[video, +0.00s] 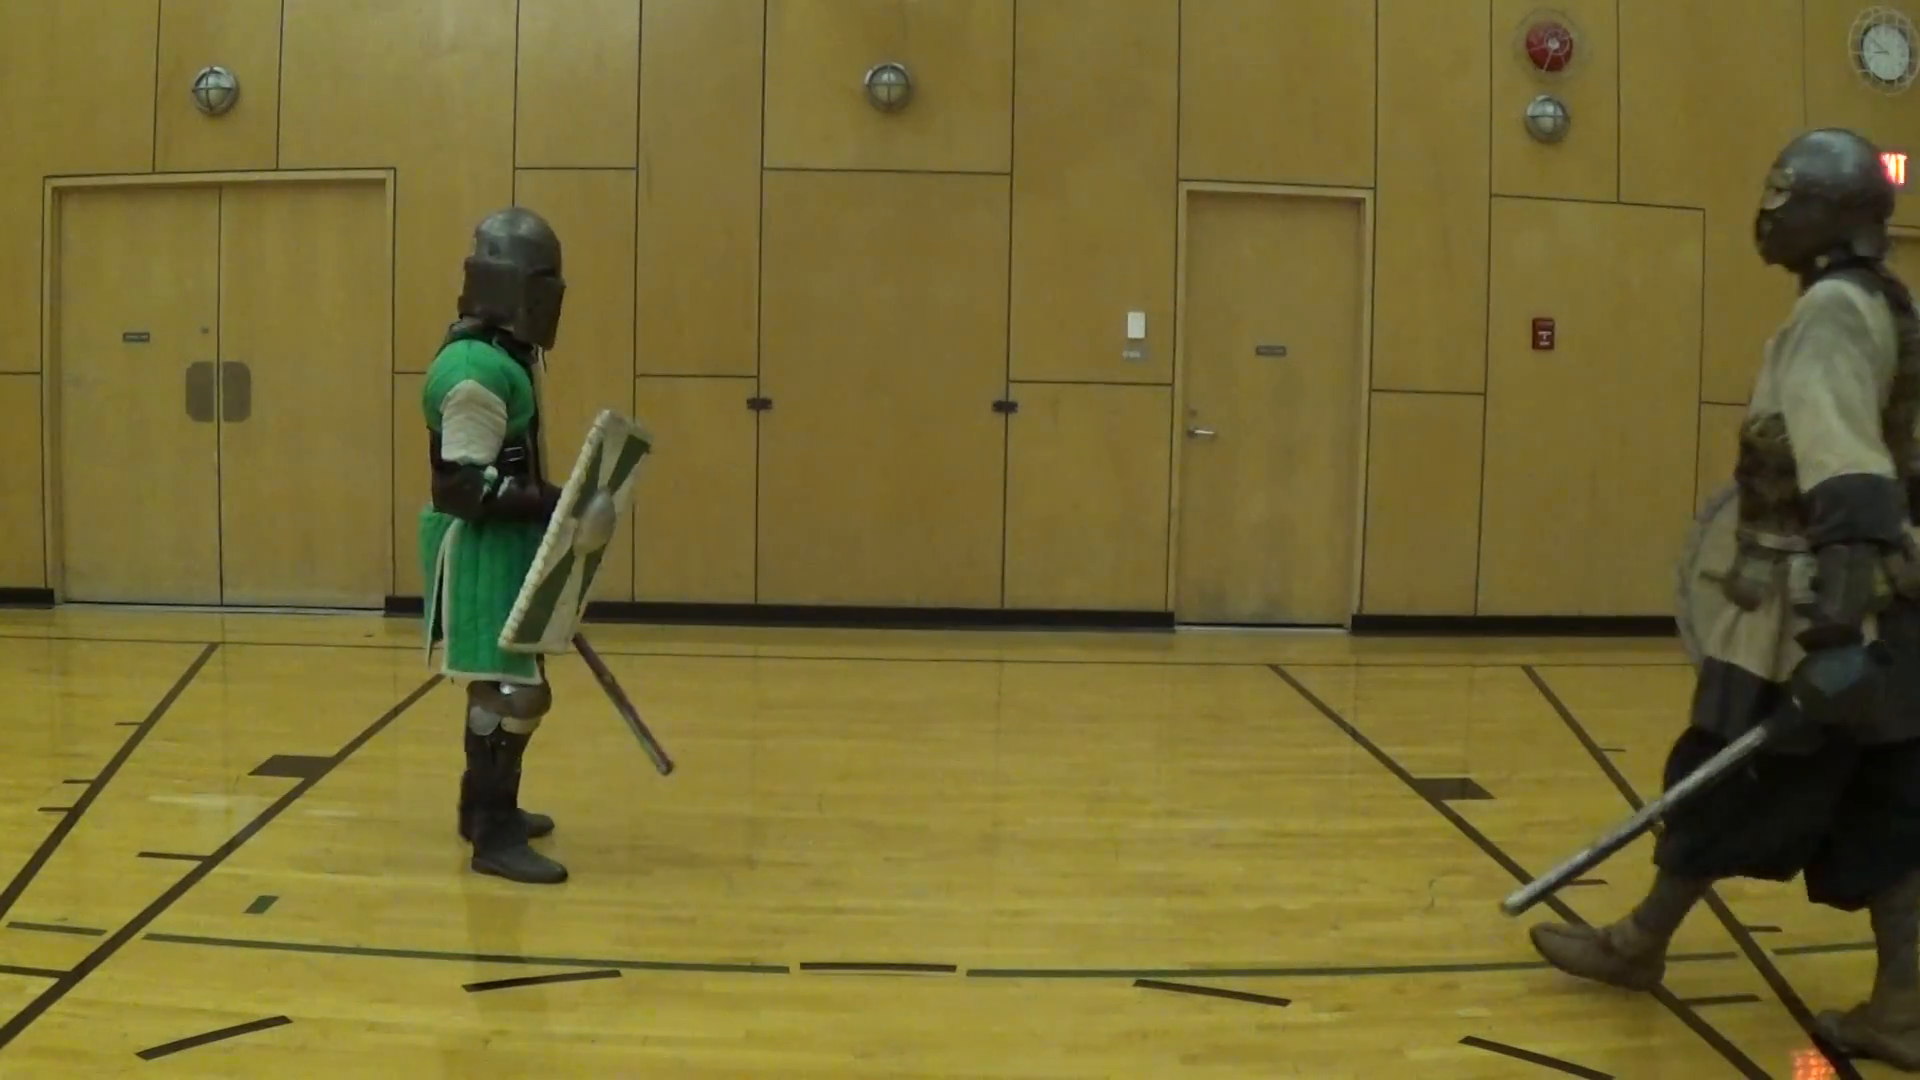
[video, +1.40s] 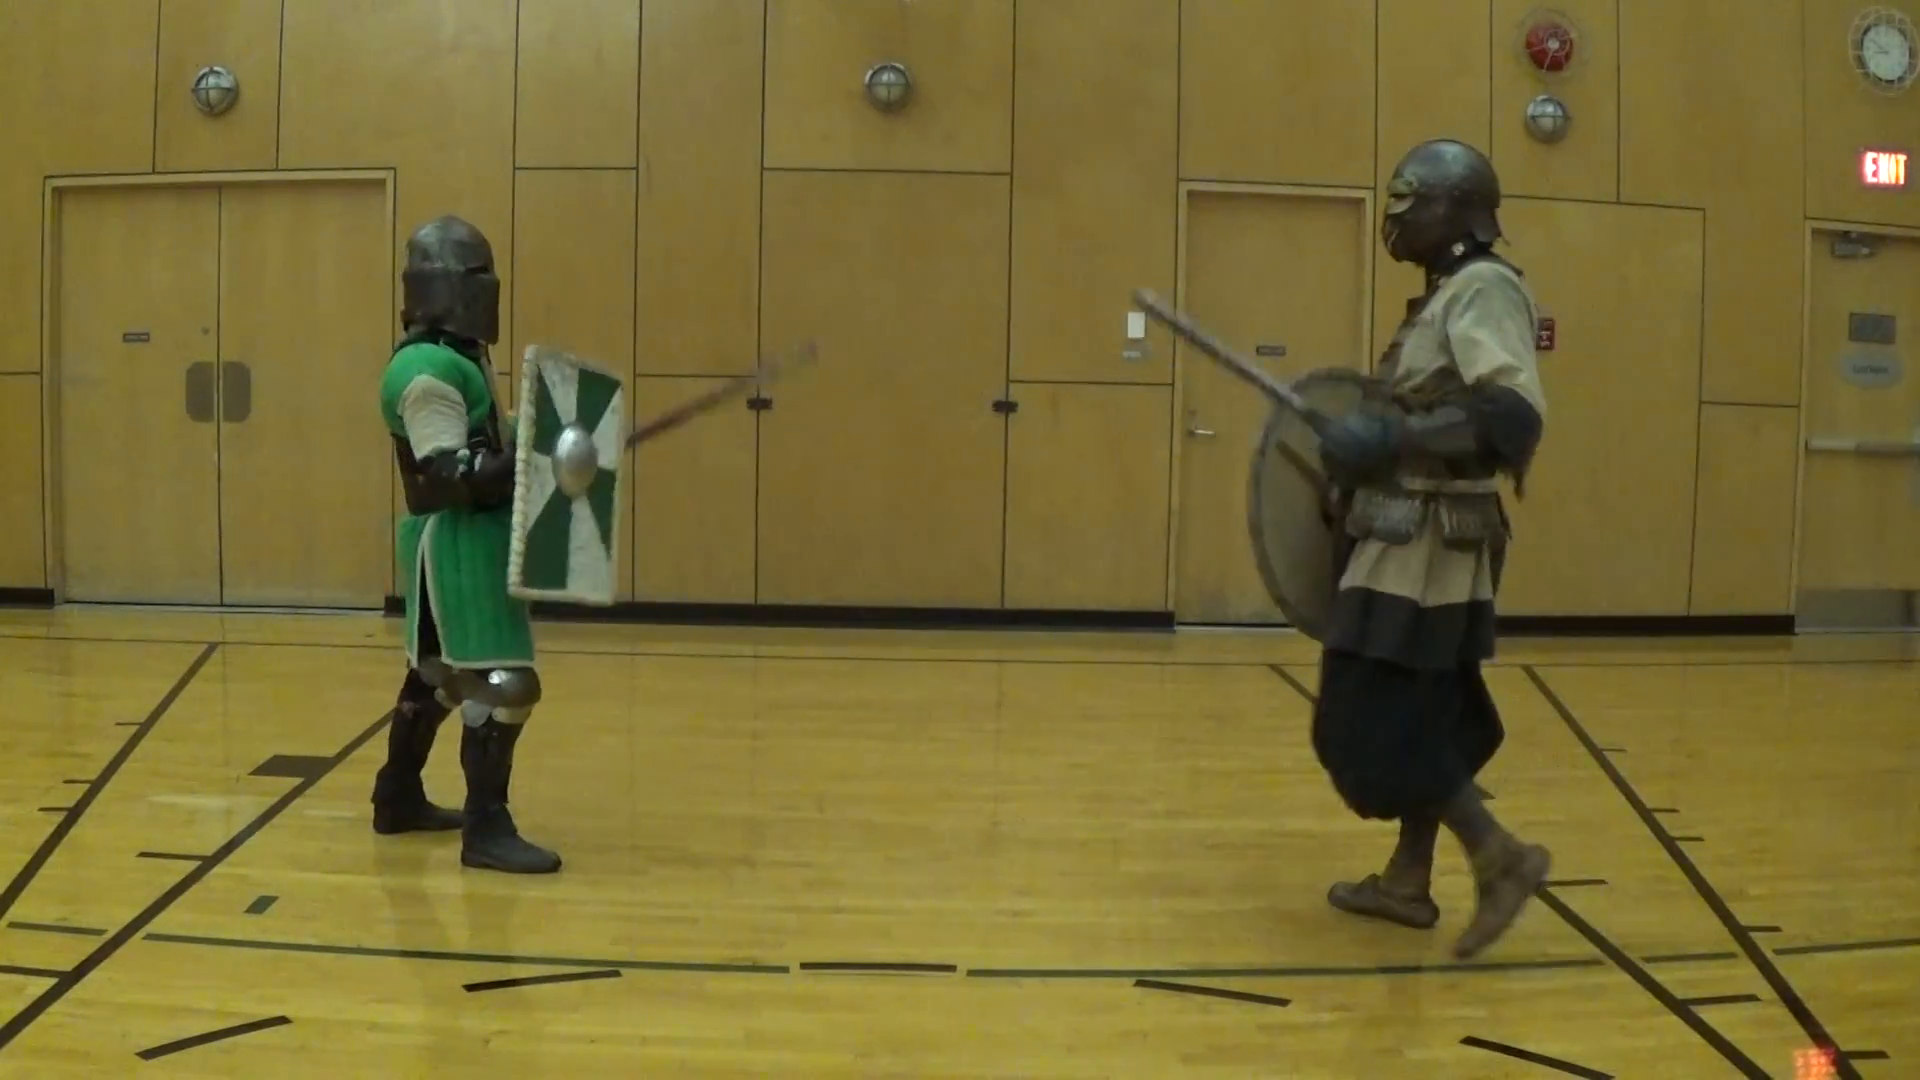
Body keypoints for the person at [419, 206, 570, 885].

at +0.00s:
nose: (554, 299)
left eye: (552, 286)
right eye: (547, 286)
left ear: (493, 285)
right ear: (519, 289)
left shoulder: (498, 363)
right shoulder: (475, 369)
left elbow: (498, 477)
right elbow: (461, 486)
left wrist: (562, 508)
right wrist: (561, 507)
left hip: (497, 544)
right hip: (480, 547)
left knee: (498, 683)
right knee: (516, 690)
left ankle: (486, 808)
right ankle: (494, 838)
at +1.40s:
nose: (489, 290)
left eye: (487, 278)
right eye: (477, 279)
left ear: (433, 291)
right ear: (442, 289)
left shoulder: (458, 362)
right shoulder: (426, 371)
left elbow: (479, 448)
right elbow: (441, 479)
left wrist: (531, 428)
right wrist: (534, 468)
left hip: (456, 533)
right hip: (455, 538)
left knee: (437, 669)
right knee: (504, 683)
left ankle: (398, 793)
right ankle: (488, 830)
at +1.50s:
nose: (498, 288)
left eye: (496, 276)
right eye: (484, 278)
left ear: (442, 294)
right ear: (448, 290)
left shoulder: (471, 361)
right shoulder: (433, 372)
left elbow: (506, 433)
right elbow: (466, 476)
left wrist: (551, 388)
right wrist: (549, 451)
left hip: (481, 530)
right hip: (465, 535)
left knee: (457, 673)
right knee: (507, 686)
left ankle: (403, 790)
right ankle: (488, 831)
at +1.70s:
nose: (521, 290)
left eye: (519, 276)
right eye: (509, 278)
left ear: (465, 291)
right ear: (476, 288)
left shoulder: (497, 357)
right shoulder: (452, 369)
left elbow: (559, 357)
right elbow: (508, 477)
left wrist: (607, 312)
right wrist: (577, 421)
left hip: (515, 529)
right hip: (477, 535)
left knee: (545, 667)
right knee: (507, 681)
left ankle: (448, 774)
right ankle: (487, 831)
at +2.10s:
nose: (575, 294)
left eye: (572, 281)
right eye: (562, 283)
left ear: (522, 296)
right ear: (523, 294)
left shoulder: (550, 360)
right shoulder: (501, 371)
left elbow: (621, 359)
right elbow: (557, 467)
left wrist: (652, 302)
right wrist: (619, 414)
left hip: (547, 531)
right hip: (517, 536)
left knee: (535, 672)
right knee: (587, 680)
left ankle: (473, 798)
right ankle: (543, 816)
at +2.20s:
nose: (598, 303)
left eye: (595, 290)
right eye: (586, 292)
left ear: (542, 299)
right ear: (554, 299)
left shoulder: (564, 363)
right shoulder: (526, 375)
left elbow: (631, 354)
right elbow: (576, 470)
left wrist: (667, 303)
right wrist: (633, 426)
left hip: (555, 539)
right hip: (538, 543)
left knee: (539, 680)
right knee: (601, 684)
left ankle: (473, 800)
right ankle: (614, 834)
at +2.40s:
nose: (659, 318)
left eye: (655, 306)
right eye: (649, 307)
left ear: (597, 316)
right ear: (621, 316)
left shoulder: (622, 376)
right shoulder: (589, 391)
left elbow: (687, 364)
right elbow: (643, 486)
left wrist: (721, 309)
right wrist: (707, 434)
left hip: (595, 556)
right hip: (609, 558)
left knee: (566, 689)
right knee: (671, 696)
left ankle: (477, 796)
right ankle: (689, 842)